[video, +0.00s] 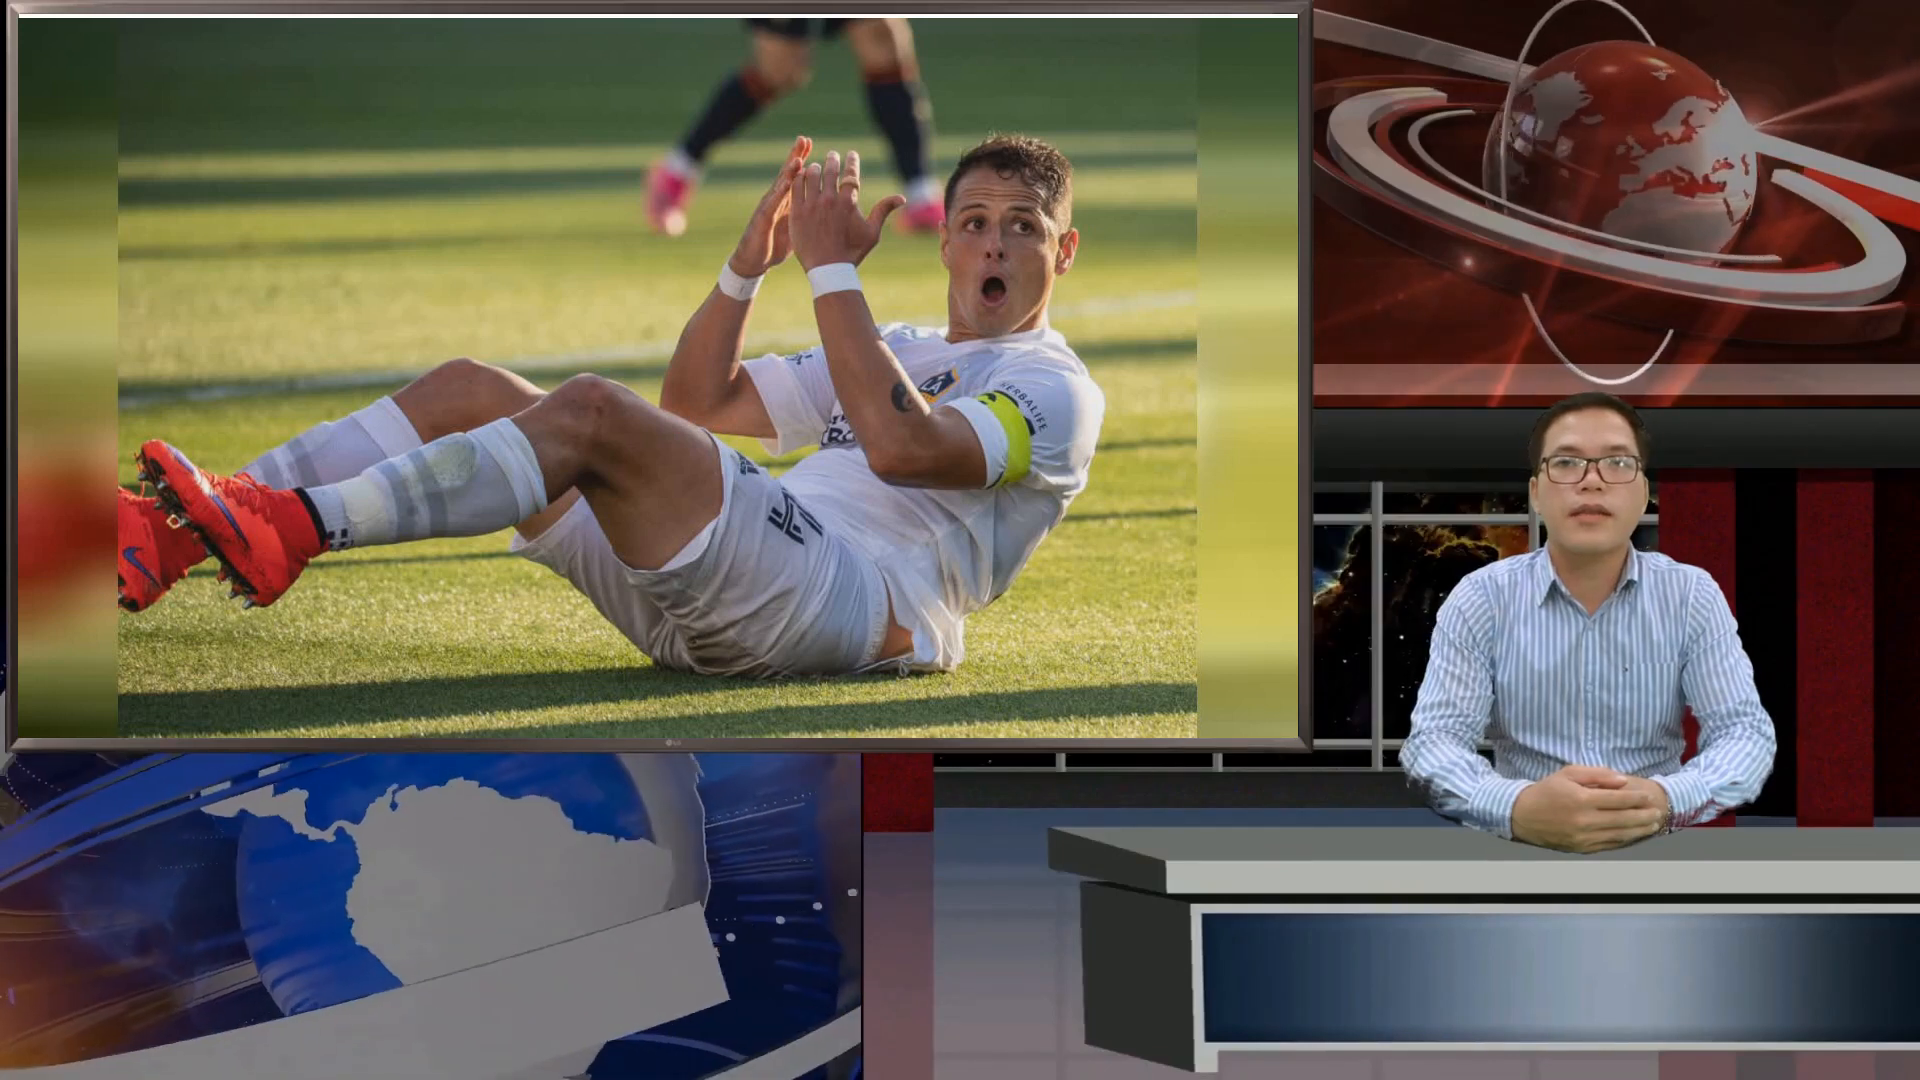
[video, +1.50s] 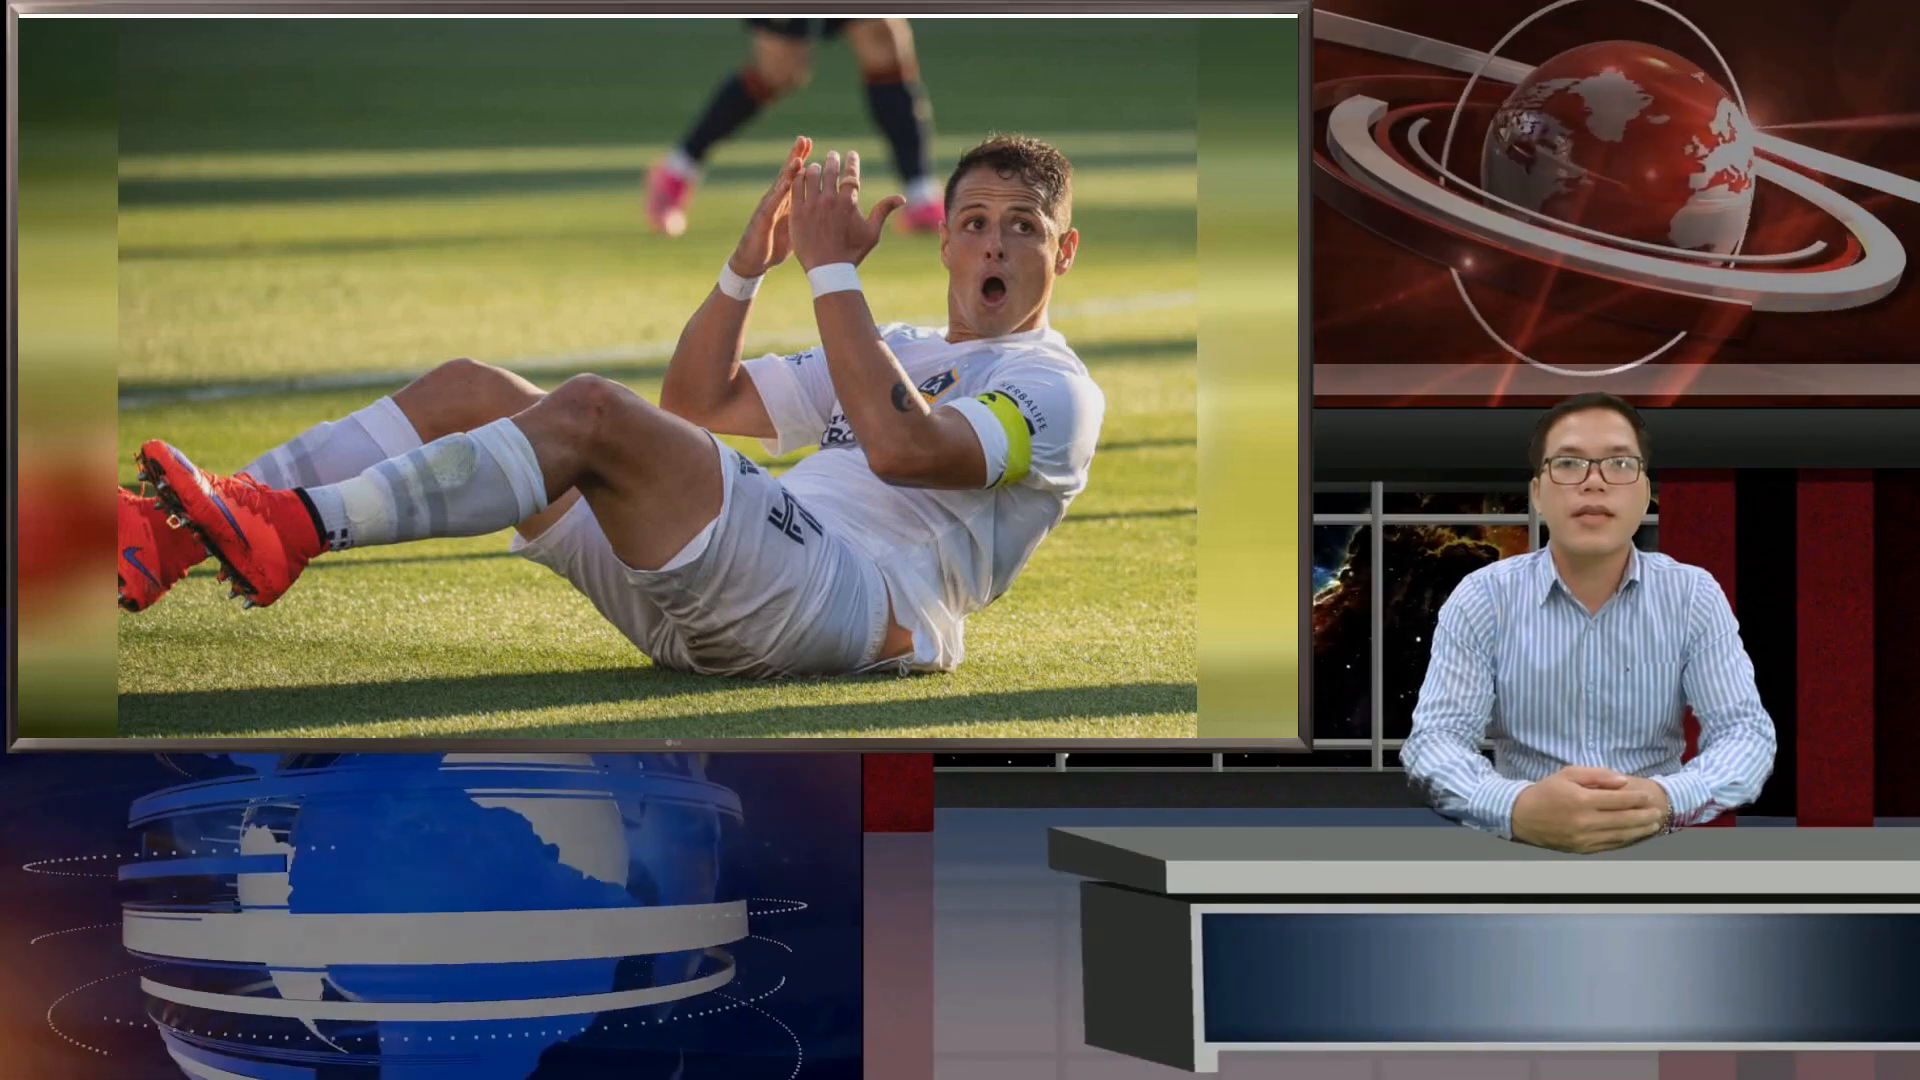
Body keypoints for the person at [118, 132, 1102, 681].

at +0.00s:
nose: (997, 245)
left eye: (1024, 229)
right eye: (977, 223)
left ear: (1065, 257)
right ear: (943, 241)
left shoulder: (1056, 388)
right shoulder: (892, 359)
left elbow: (901, 446)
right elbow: (694, 406)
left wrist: (833, 268)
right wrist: (747, 268)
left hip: (839, 603)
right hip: (731, 572)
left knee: (592, 413)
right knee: (467, 388)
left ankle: (299, 525)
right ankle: (179, 539)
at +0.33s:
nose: (995, 246)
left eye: (1022, 230)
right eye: (976, 224)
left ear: (1065, 258)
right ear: (943, 240)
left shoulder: (1055, 389)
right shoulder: (892, 358)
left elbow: (902, 447)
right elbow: (695, 404)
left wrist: (833, 270)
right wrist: (746, 270)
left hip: (840, 603)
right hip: (732, 571)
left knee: (592, 413)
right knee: (468, 390)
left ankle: (300, 524)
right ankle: (179, 539)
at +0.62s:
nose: (995, 246)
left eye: (1022, 230)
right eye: (976, 224)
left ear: (1065, 258)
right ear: (943, 240)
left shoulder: (1055, 389)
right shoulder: (892, 358)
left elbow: (902, 447)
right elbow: (695, 405)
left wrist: (833, 270)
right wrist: (746, 270)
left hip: (840, 603)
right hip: (732, 571)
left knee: (592, 413)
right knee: (468, 389)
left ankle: (300, 524)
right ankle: (179, 538)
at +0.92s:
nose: (995, 246)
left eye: (1022, 230)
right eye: (976, 224)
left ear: (1065, 257)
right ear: (942, 241)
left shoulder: (1055, 389)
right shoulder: (892, 358)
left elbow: (901, 447)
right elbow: (695, 405)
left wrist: (833, 270)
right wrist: (747, 269)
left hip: (840, 603)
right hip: (732, 573)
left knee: (592, 413)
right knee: (468, 389)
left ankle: (299, 525)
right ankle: (179, 538)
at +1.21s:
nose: (995, 246)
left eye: (1022, 230)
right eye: (975, 224)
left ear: (1065, 257)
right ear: (942, 241)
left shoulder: (1055, 389)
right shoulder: (892, 358)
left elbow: (902, 447)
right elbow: (695, 405)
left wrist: (833, 270)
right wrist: (747, 270)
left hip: (840, 603)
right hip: (732, 573)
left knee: (592, 413)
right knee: (468, 389)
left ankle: (299, 525)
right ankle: (179, 539)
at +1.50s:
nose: (995, 246)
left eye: (1022, 230)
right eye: (976, 224)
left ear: (1065, 258)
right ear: (943, 240)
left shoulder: (1055, 389)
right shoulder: (892, 357)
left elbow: (902, 447)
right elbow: (695, 404)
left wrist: (833, 270)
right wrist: (746, 270)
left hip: (840, 602)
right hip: (733, 571)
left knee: (592, 413)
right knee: (468, 389)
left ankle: (299, 525)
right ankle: (179, 539)